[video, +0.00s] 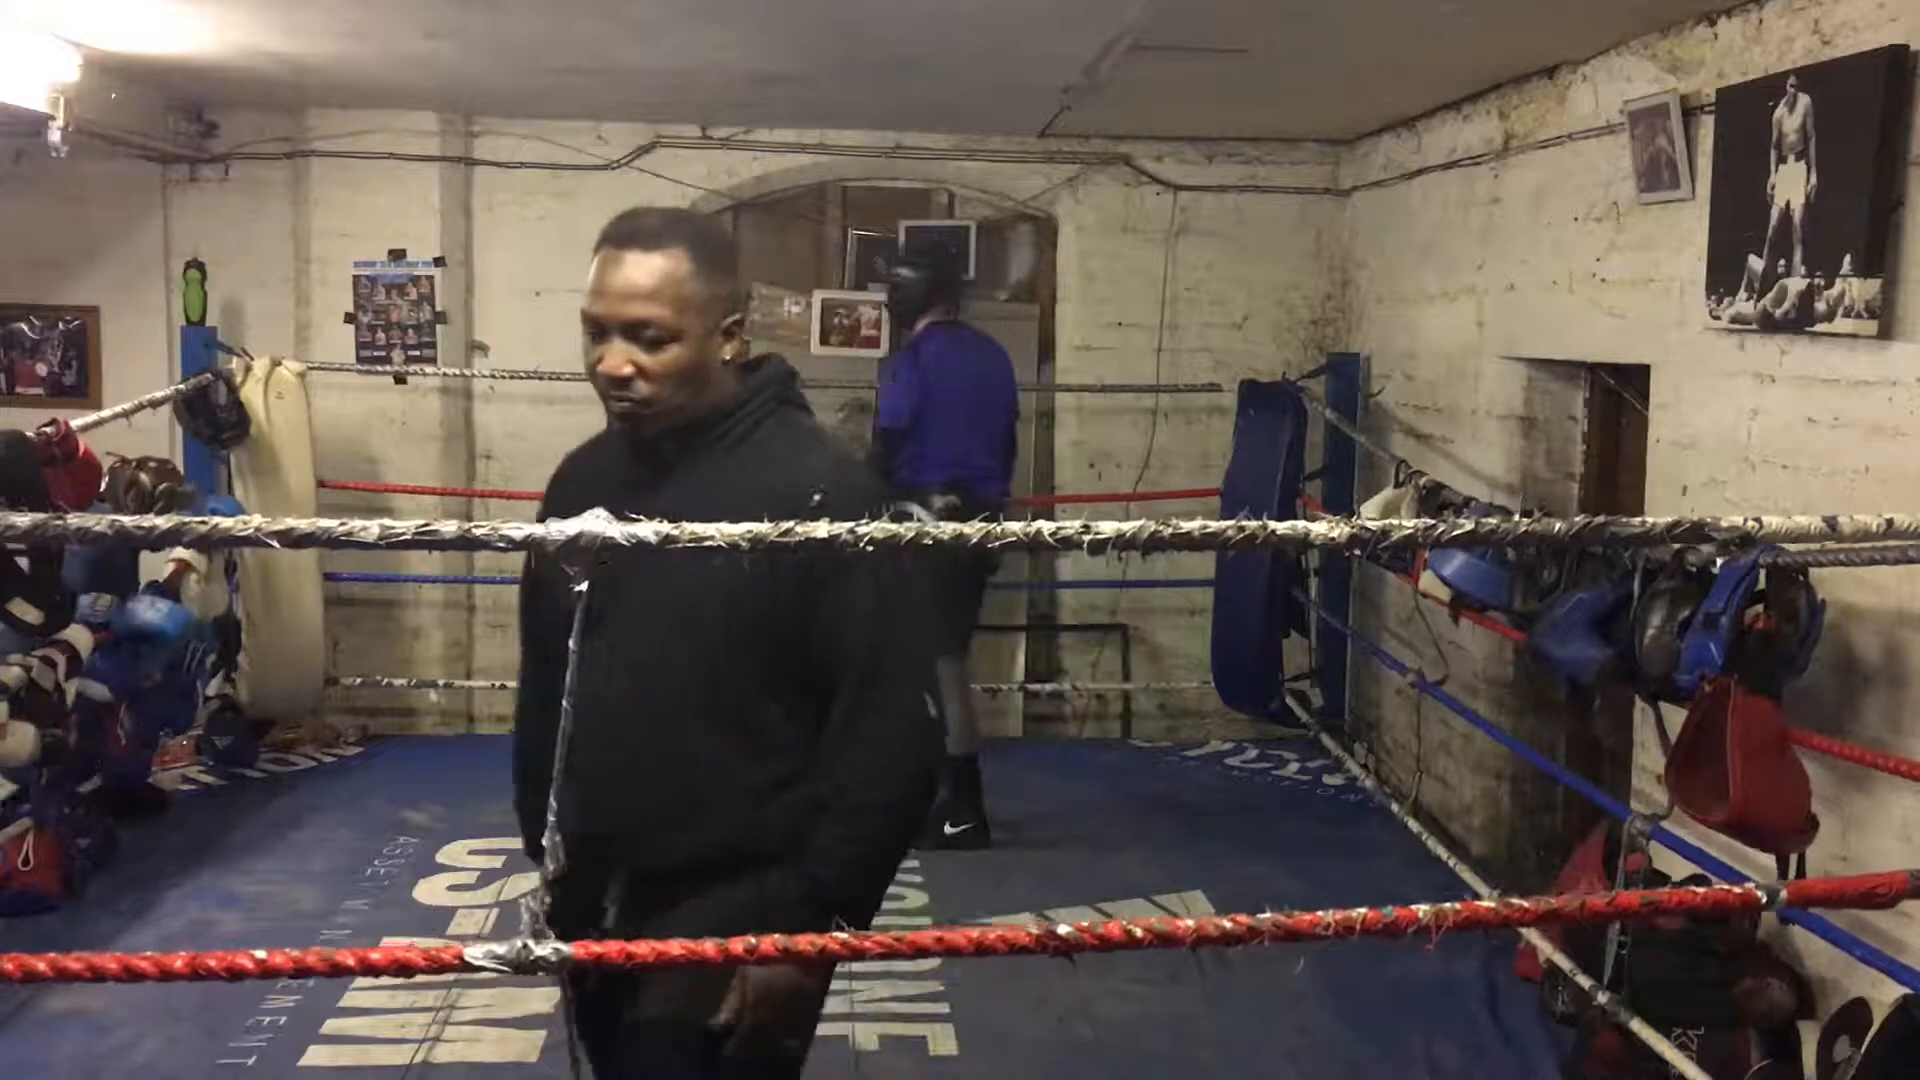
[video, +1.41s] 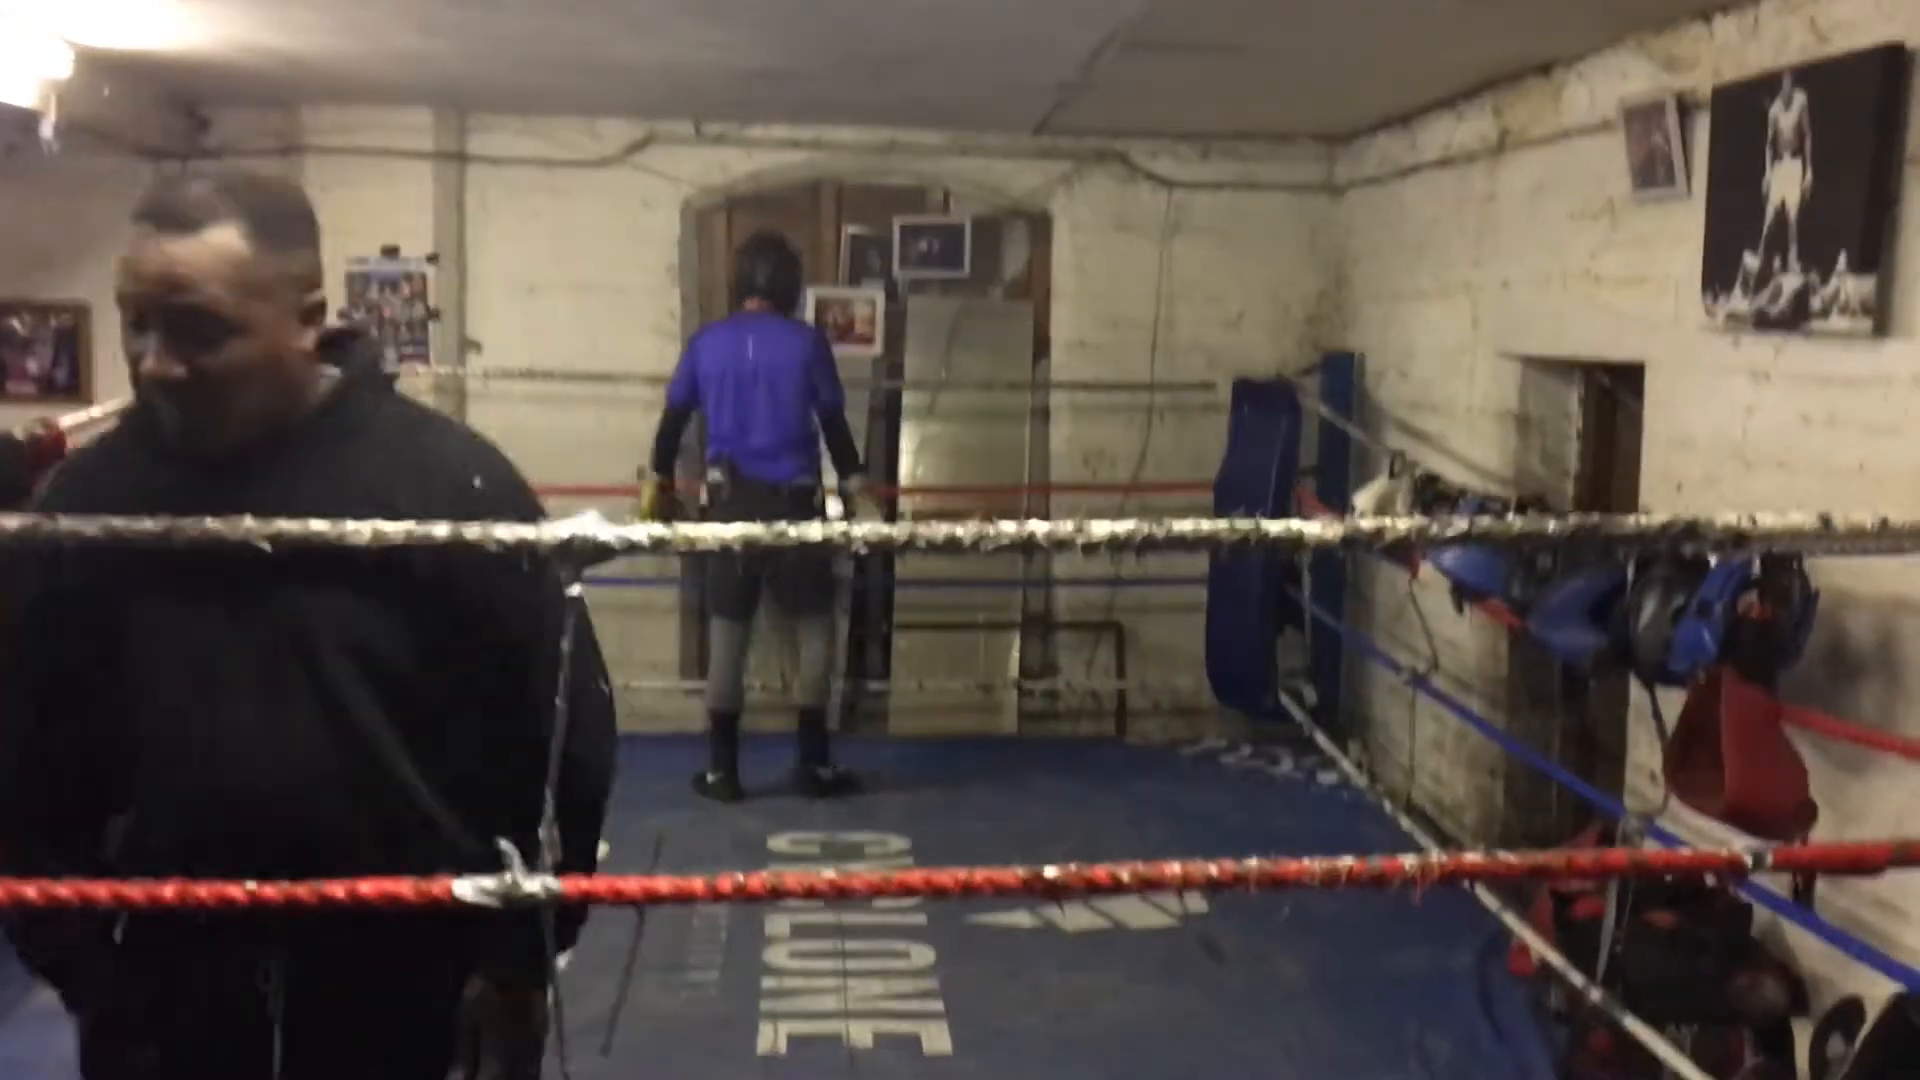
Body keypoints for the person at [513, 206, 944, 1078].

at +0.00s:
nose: (614, 366)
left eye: (649, 338)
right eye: (598, 334)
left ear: (732, 336)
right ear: (583, 325)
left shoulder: (830, 497)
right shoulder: (583, 482)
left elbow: (893, 749)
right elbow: (543, 685)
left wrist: (806, 933)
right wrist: (546, 846)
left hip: (746, 916)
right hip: (596, 897)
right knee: (616, 1058)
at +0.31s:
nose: (542, 382)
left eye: (584, 356)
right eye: (527, 345)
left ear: (671, 347)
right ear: (511, 326)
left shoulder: (766, 517)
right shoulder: (506, 476)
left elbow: (830, 783)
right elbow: (458, 686)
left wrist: (737, 1010)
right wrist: (456, 870)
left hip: (670, 968)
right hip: (496, 946)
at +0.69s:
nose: (509, 378)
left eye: (554, 350)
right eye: (496, 337)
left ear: (649, 346)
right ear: (482, 314)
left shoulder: (742, 523)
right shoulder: (433, 461)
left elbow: (802, 791)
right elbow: (354, 684)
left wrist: (694, 1016)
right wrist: (360, 882)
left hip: (626, 992)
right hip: (412, 975)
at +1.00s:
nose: (412, 375)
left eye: (461, 346)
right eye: (398, 333)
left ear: (557, 339)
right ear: (384, 312)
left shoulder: (668, 516)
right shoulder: (319, 477)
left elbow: (748, 774)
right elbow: (239, 715)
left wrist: (679, 998)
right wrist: (263, 936)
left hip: (564, 1007)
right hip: (331, 991)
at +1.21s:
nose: (294, 368)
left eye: (339, 339)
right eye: (280, 327)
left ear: (443, 333)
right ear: (262, 312)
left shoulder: (564, 507)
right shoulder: (198, 502)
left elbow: (652, 764)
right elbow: (132, 751)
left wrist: (601, 985)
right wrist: (181, 962)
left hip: (477, 1002)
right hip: (245, 998)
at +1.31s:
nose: (223, 368)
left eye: (267, 335)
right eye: (209, 327)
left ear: (379, 325)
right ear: (194, 308)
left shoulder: (506, 498)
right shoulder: (146, 502)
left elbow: (615, 754)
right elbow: (71, 766)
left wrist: (557, 970)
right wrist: (129, 969)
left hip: (441, 1010)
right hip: (203, 1009)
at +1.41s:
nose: (152, 363)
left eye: (197, 330)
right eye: (137, 327)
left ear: (308, 316)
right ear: (120, 315)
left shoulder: (447, 481)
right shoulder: (88, 498)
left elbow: (570, 732)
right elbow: (27, 760)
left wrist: (519, 957)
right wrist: (87, 964)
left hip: (394, 985)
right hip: (164, 988)